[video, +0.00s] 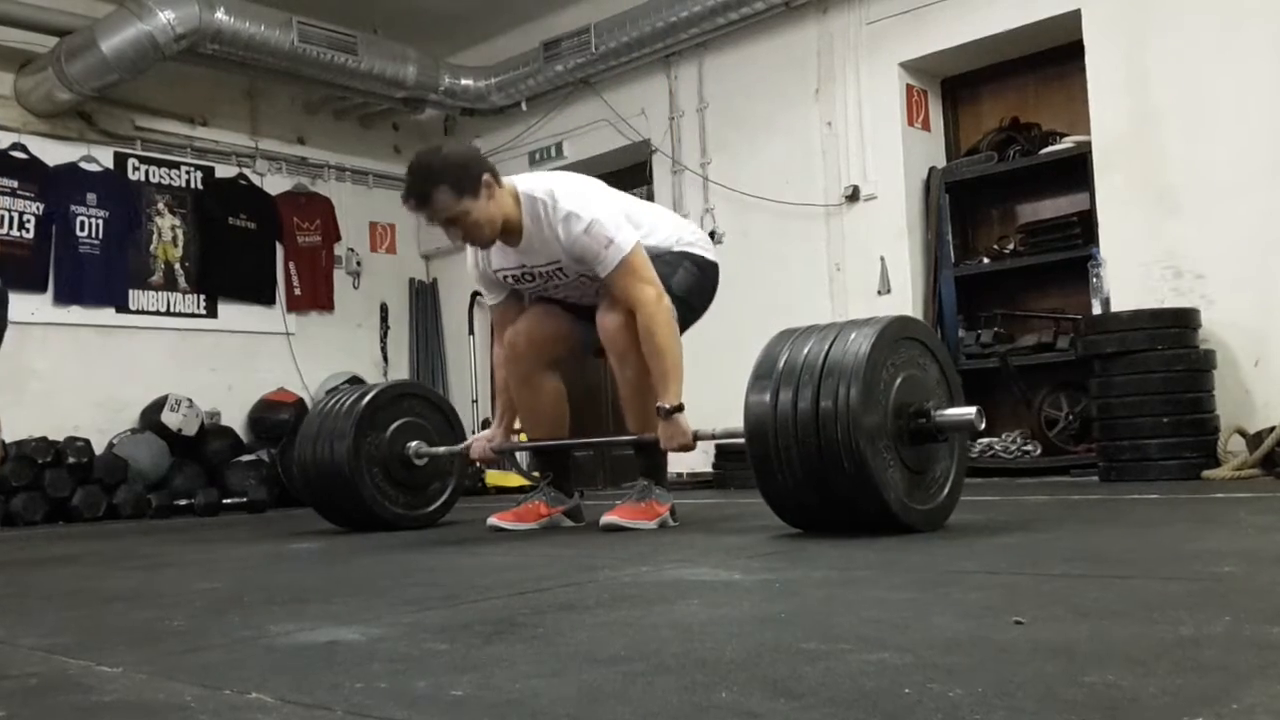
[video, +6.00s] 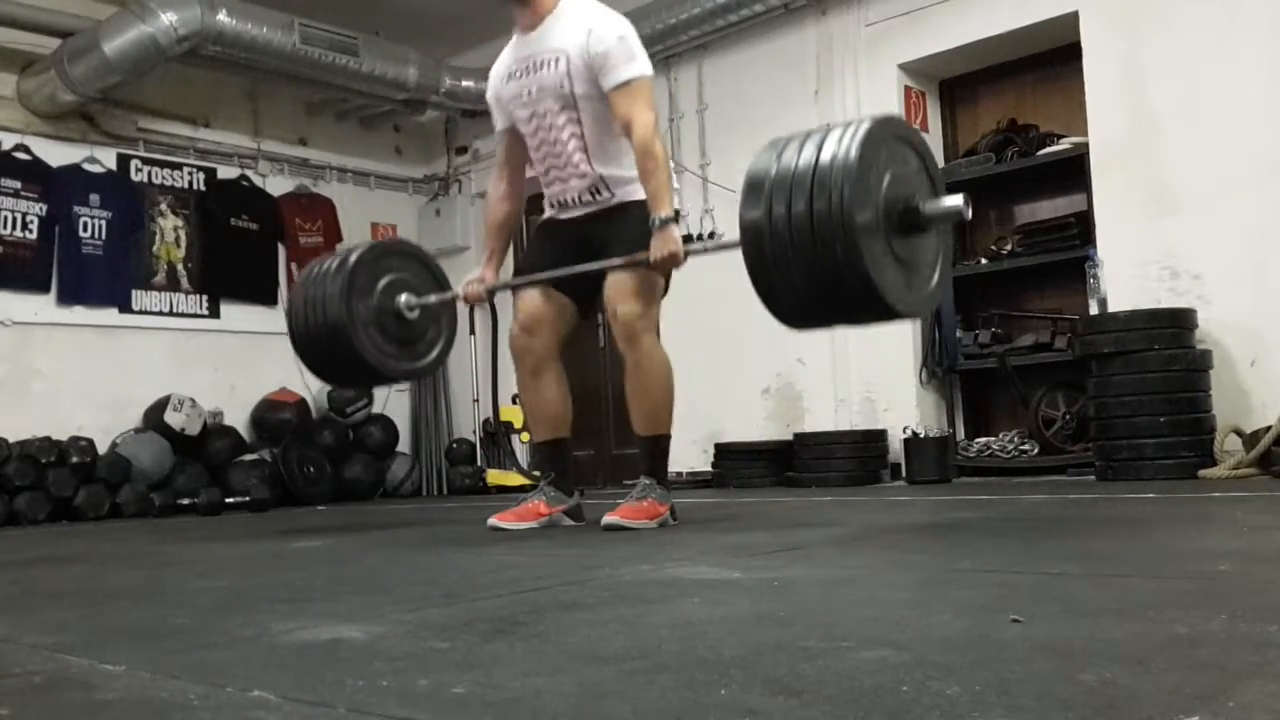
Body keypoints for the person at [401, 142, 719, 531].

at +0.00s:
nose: (454, 237)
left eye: (457, 220)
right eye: (444, 228)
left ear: (489, 187)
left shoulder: (572, 212)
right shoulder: (486, 254)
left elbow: (651, 299)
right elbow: (508, 333)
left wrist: (670, 409)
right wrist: (501, 425)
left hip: (679, 261)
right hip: (596, 290)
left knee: (617, 321)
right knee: (522, 344)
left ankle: (652, 490)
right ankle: (559, 495)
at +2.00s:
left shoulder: (621, 5)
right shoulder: (519, 41)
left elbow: (647, 89)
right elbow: (513, 143)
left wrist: (661, 176)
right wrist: (488, 229)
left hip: (617, 194)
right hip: (544, 207)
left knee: (625, 320)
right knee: (540, 336)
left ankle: (653, 487)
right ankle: (558, 492)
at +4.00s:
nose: (463, 75)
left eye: (469, 55)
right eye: (451, 64)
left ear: (507, 34)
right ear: (446, 65)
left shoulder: (590, 92)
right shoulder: (490, 137)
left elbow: (643, 202)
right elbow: (503, 242)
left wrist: (669, 299)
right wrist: (493, 334)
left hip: (665, 214)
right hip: (596, 238)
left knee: (645, 316)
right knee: (541, 332)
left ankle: (657, 489)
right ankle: (556, 493)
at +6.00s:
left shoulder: (599, 27)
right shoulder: (501, 73)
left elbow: (643, 127)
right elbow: (509, 177)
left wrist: (664, 219)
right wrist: (489, 265)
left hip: (626, 208)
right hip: (559, 221)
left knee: (630, 318)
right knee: (529, 335)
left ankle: (654, 488)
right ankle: (557, 491)